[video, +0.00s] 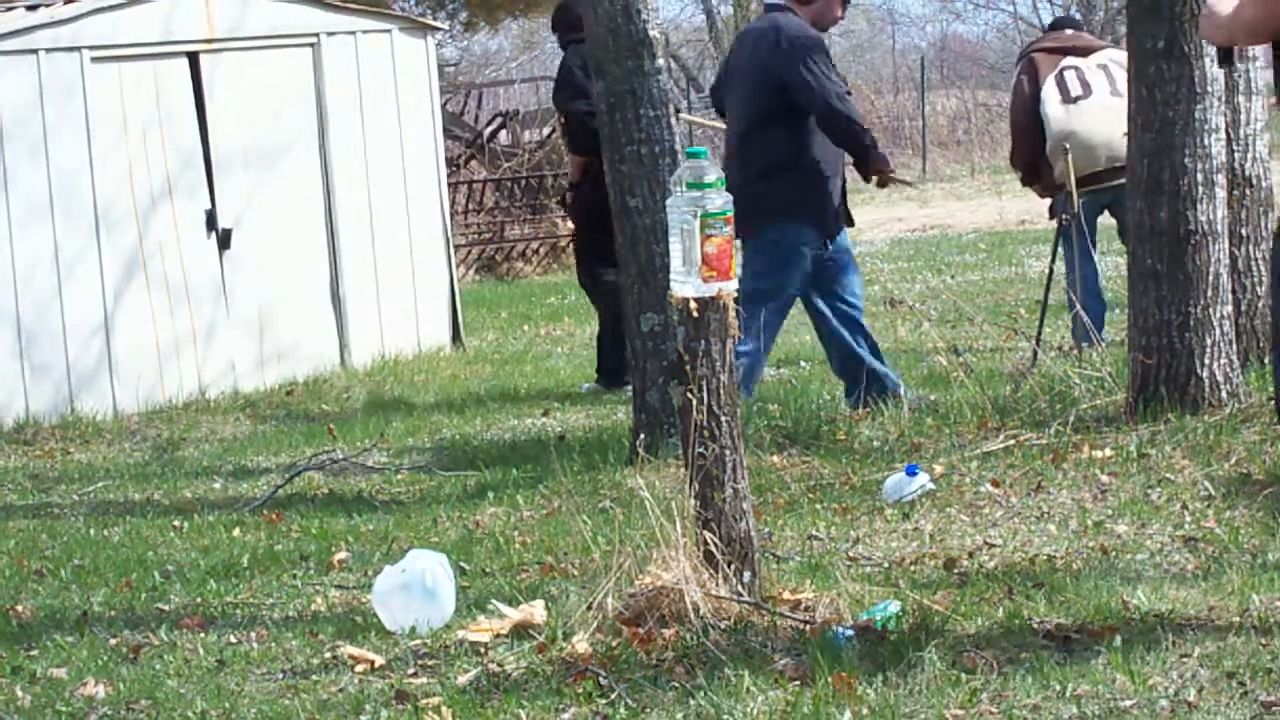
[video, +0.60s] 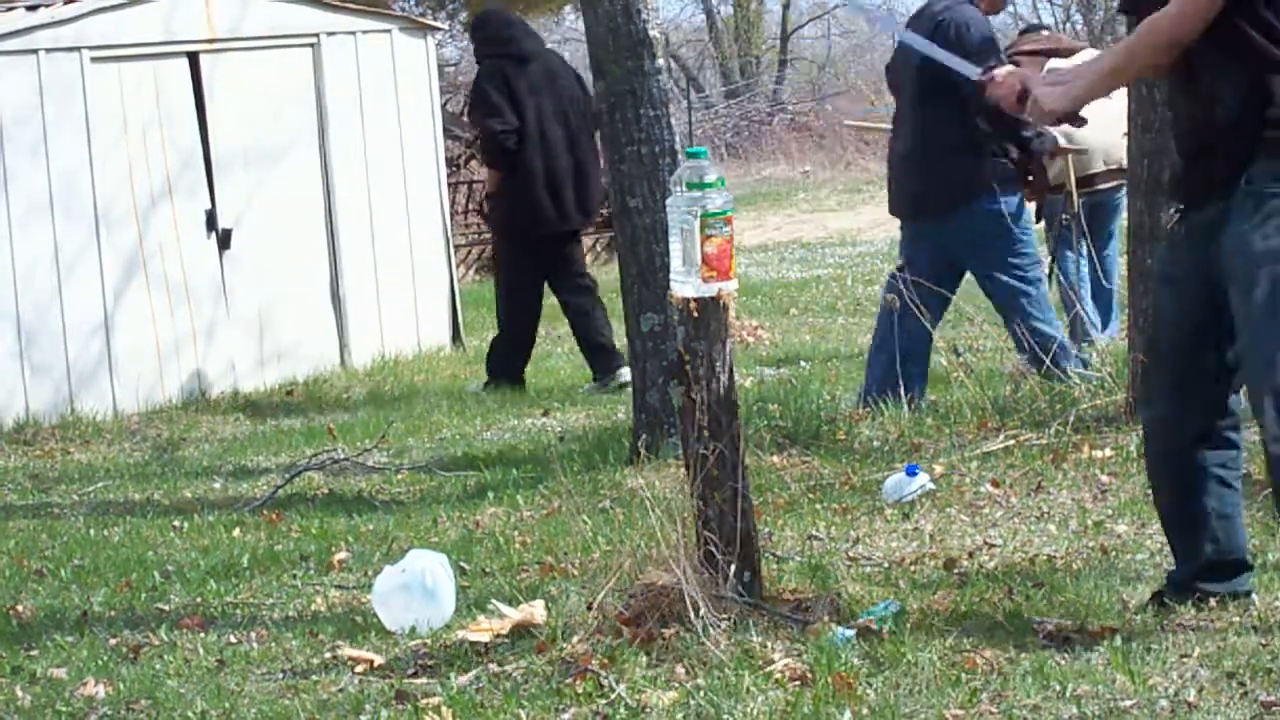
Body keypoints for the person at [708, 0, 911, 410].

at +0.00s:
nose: (842, 14)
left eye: (844, 6)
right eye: (841, 5)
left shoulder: (751, 36)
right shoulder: (798, 37)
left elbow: (719, 96)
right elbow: (833, 108)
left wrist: (773, 134)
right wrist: (870, 156)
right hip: (793, 202)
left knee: (839, 304)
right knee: (757, 316)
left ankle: (879, 398)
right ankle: (722, 411)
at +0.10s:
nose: (873, 8)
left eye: (874, 2)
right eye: (871, 1)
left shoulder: (786, 28)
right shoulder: (830, 31)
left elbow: (757, 89)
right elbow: (857, 106)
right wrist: (901, 158)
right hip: (820, 187)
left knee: (867, 290)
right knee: (821, 286)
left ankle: (879, 399)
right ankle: (743, 390)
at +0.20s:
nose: (894, 6)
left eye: (894, 2)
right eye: (893, 0)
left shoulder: (806, 28)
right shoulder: (853, 21)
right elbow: (882, 97)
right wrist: (925, 145)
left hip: (819, 179)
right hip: (860, 176)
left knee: (868, 284)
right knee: (877, 278)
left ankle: (879, 401)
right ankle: (790, 365)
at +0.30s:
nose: (914, 5)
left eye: (914, 3)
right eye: (914, 2)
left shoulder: (836, 19)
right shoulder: (879, 16)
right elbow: (904, 85)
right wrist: (946, 132)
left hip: (842, 177)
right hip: (885, 174)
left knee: (871, 279)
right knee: (935, 259)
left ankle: (877, 389)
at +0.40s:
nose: (941, 4)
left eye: (940, 2)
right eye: (940, 1)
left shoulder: (862, 18)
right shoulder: (903, 15)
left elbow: (871, 101)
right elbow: (927, 86)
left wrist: (941, 138)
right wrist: (973, 133)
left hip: (865, 177)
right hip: (913, 173)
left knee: (884, 285)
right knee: (962, 256)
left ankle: (881, 398)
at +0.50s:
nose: (973, 6)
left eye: (975, 3)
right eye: (974, 2)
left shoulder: (892, 20)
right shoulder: (933, 18)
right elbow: (957, 90)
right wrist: (1001, 139)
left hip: (894, 186)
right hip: (939, 182)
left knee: (895, 299)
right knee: (987, 285)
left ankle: (882, 402)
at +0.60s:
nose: (1005, 6)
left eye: (1006, 4)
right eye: (1005, 2)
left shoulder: (916, 25)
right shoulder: (969, 24)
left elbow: (897, 80)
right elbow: (996, 102)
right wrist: (1032, 140)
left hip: (922, 191)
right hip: (978, 186)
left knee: (912, 300)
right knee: (1023, 289)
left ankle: (886, 404)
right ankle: (1069, 382)